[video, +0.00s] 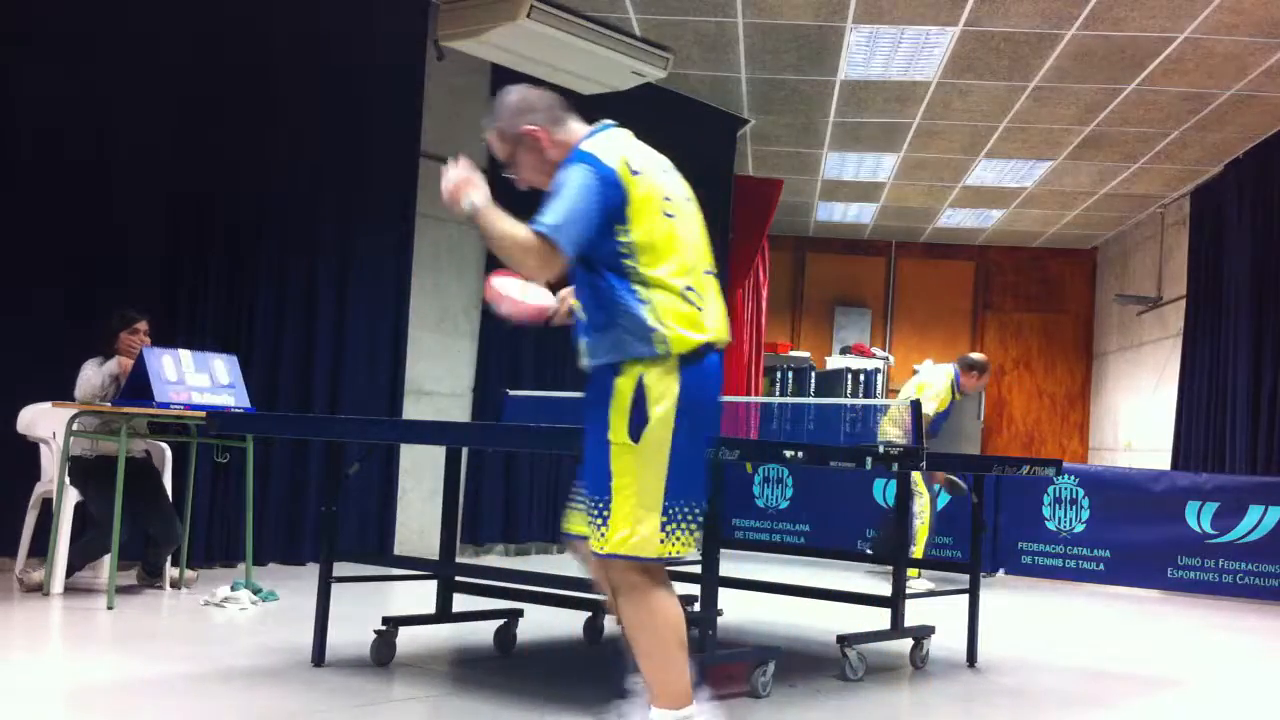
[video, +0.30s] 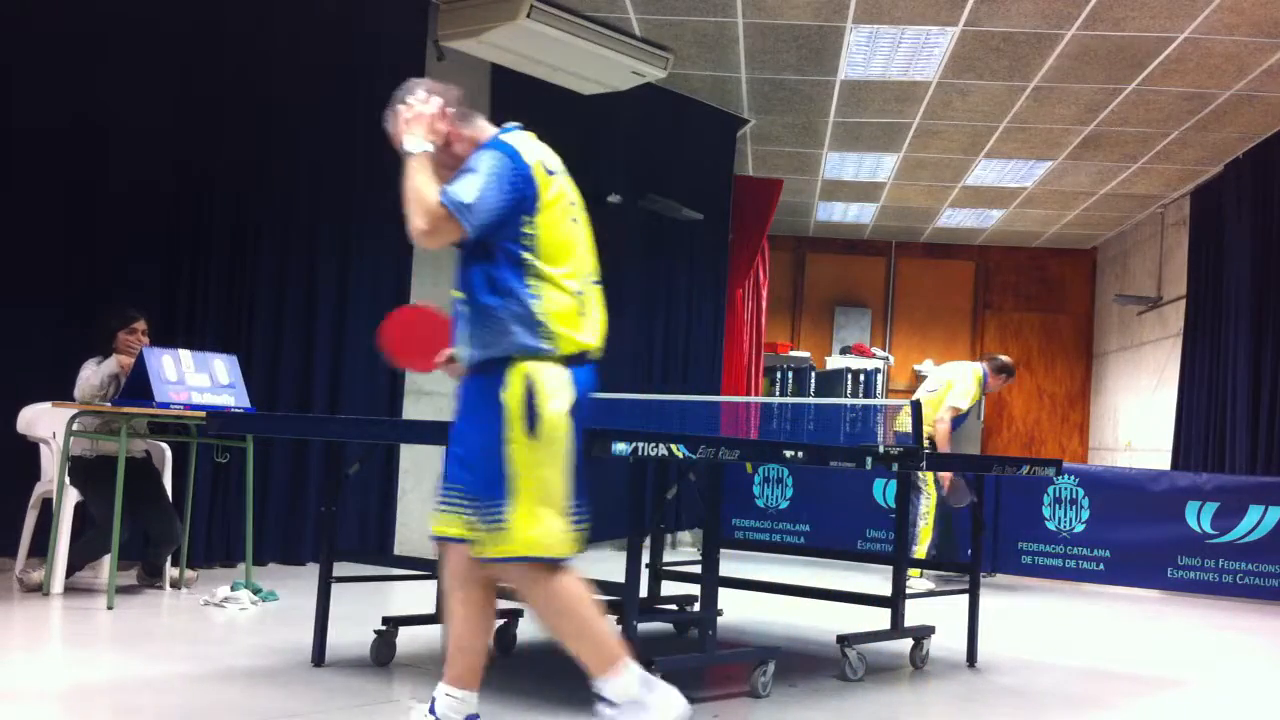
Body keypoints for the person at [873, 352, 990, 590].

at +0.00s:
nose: (981, 388)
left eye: (984, 383)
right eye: (983, 382)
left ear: (969, 372)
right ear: (972, 375)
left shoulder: (945, 380)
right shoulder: (940, 384)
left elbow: (924, 431)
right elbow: (915, 427)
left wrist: (936, 467)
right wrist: (930, 466)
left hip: (900, 442)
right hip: (897, 443)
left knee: (916, 501)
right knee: (922, 502)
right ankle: (910, 573)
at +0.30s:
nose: (999, 389)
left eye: (1002, 385)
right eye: (1002, 384)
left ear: (987, 365)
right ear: (998, 376)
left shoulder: (962, 368)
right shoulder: (970, 380)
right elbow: (943, 419)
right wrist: (945, 465)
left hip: (908, 430)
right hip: (916, 435)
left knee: (924, 497)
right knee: (927, 497)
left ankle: (912, 568)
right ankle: (913, 571)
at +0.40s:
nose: (1003, 390)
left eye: (1006, 386)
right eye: (1006, 385)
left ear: (990, 365)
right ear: (1002, 377)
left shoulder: (963, 369)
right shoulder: (979, 380)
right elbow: (952, 415)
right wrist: (951, 460)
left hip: (915, 435)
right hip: (928, 439)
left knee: (929, 498)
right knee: (938, 498)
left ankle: (916, 563)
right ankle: (916, 570)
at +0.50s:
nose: (1002, 388)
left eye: (1005, 385)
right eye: (1006, 384)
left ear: (991, 364)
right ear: (1003, 375)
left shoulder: (959, 369)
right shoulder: (984, 377)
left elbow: (931, 370)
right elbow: (962, 411)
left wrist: (926, 366)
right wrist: (960, 453)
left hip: (924, 433)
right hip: (939, 436)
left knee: (955, 497)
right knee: (956, 496)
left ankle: (938, 564)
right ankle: (927, 563)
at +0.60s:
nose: (999, 385)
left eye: (1002, 382)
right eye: (1002, 381)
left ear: (985, 360)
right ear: (1001, 372)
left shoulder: (952, 368)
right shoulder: (987, 373)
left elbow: (926, 404)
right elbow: (972, 407)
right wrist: (976, 447)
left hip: (922, 436)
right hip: (943, 436)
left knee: (949, 501)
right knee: (962, 499)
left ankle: (927, 561)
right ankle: (940, 564)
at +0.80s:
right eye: (991, 380)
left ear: (968, 364)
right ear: (988, 371)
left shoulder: (939, 370)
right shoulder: (984, 374)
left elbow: (915, 406)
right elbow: (987, 413)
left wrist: (899, 456)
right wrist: (997, 448)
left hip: (921, 437)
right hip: (949, 438)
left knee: (935, 501)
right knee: (959, 504)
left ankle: (941, 562)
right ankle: (948, 567)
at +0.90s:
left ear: (948, 368)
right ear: (971, 372)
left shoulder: (930, 376)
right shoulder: (977, 381)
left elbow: (912, 406)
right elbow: (987, 419)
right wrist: (997, 461)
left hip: (914, 443)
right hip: (946, 443)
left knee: (913, 506)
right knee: (959, 510)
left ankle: (909, 563)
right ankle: (949, 568)